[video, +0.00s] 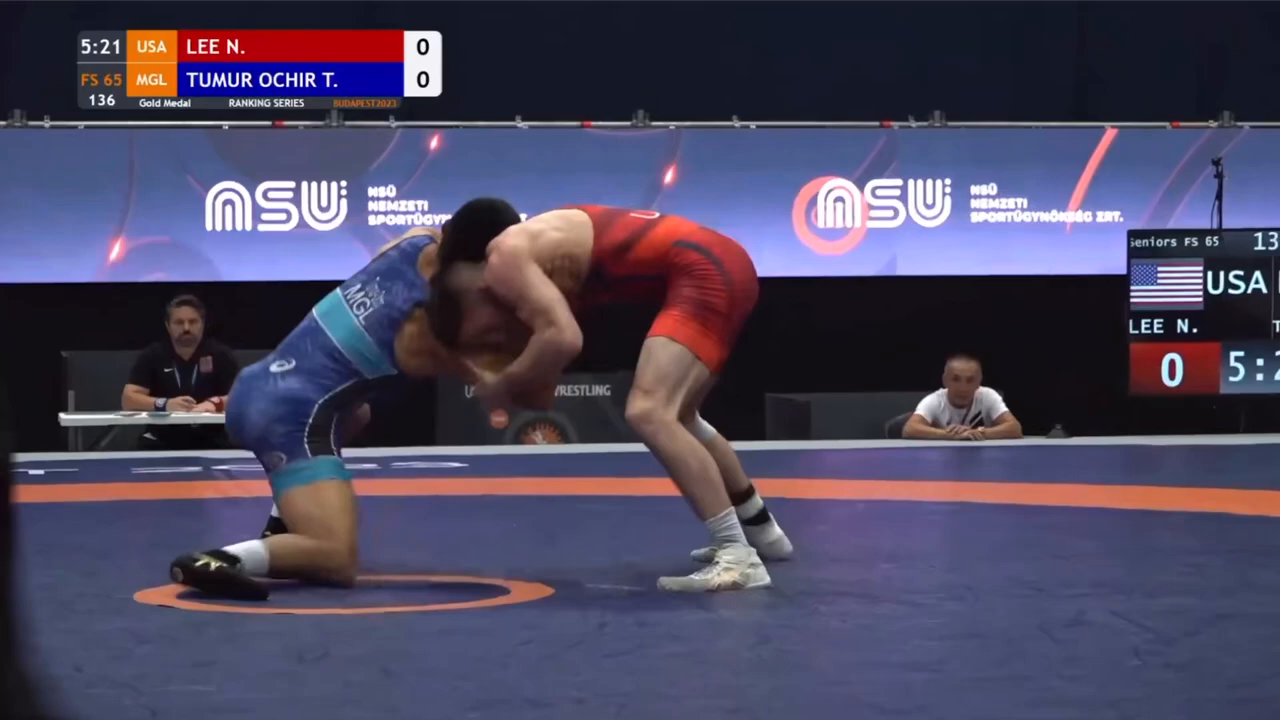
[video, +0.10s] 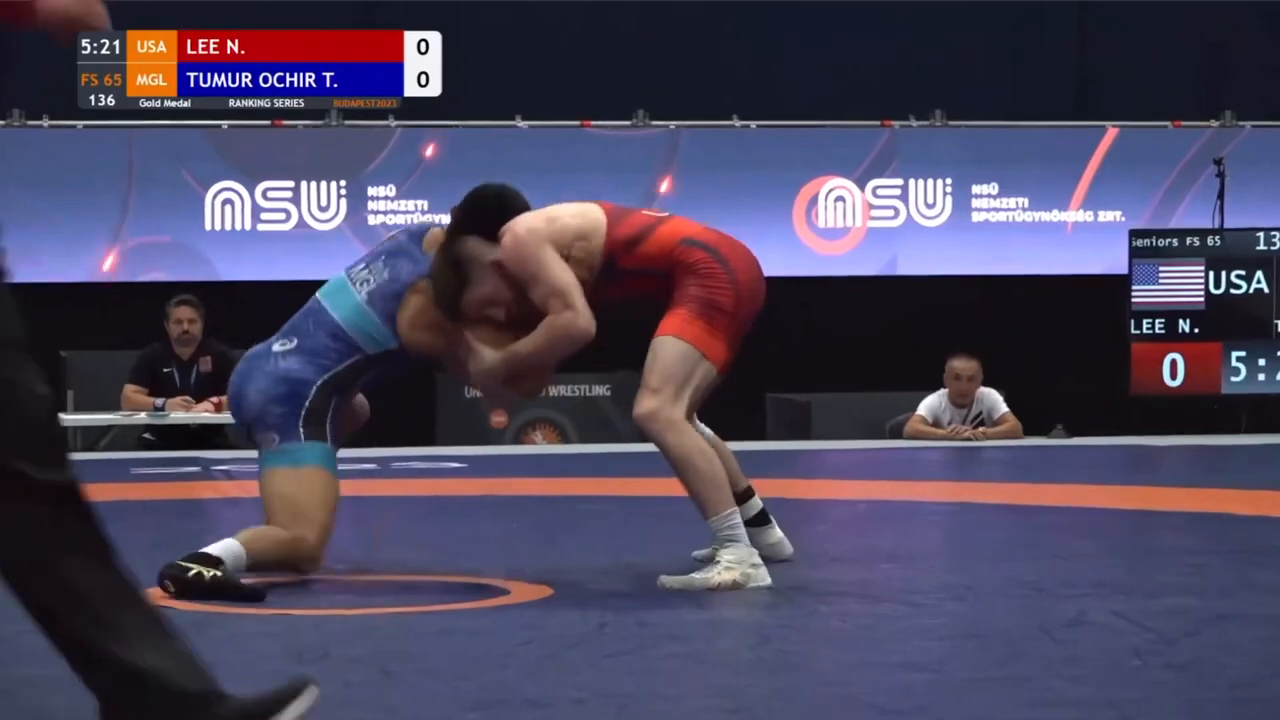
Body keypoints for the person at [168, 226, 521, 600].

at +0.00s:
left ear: (452, 235)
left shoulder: (419, 242)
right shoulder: (426, 337)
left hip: (252, 389)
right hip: (292, 414)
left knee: (354, 417)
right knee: (336, 559)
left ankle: (285, 526)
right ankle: (221, 561)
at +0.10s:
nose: (501, 314)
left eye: (507, 303)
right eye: (495, 304)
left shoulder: (427, 238)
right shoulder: (424, 315)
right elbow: (490, 367)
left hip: (258, 368)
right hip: (291, 392)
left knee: (354, 412)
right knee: (302, 543)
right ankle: (207, 563)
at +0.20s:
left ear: (465, 200)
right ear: (510, 221)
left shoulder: (432, 224)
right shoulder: (445, 272)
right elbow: (491, 353)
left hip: (272, 346)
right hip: (310, 361)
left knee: (341, 407)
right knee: (301, 507)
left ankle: (273, 537)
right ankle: (203, 556)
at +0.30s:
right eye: (536, 195)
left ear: (483, 173)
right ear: (529, 188)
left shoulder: (442, 197)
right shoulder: (473, 221)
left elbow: (451, 302)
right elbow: (474, 294)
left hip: (293, 317)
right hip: (335, 327)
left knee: (312, 439)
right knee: (315, 476)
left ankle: (276, 533)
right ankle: (214, 544)